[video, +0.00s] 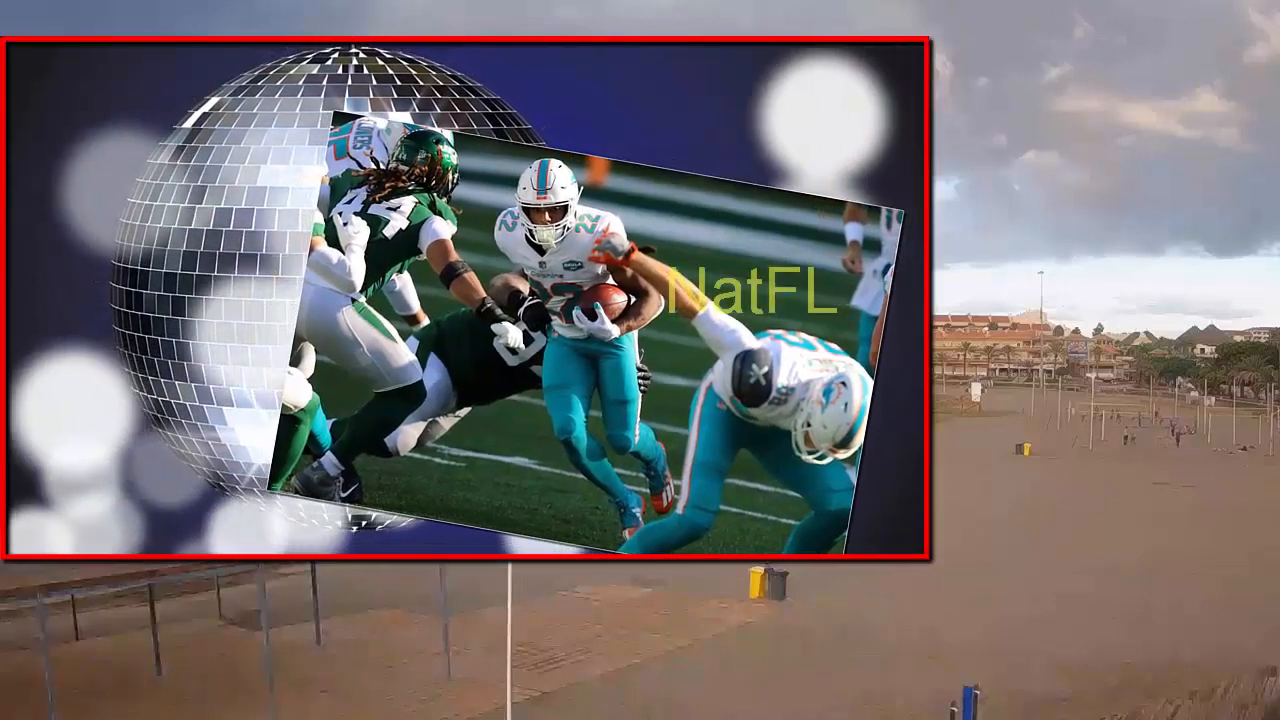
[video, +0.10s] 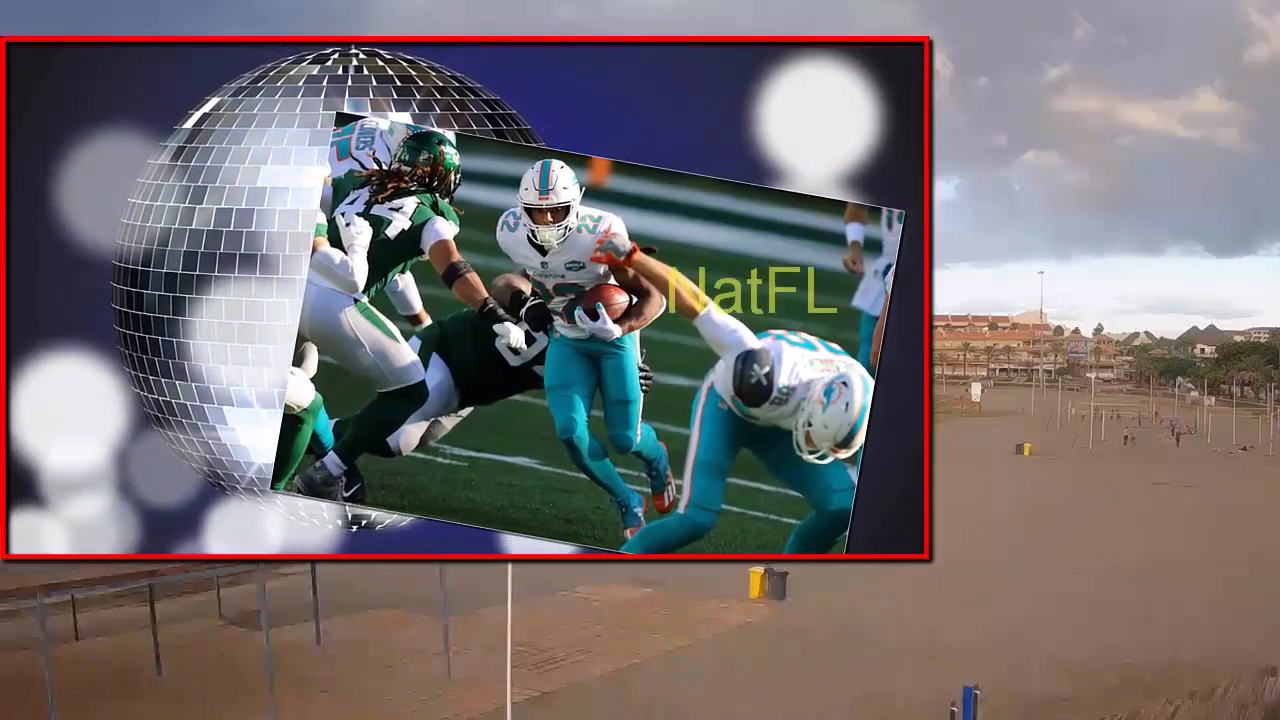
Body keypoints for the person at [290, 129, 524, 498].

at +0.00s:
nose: (451, 181)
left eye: (450, 174)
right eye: (449, 173)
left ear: (396, 160)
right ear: (439, 175)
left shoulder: (350, 183)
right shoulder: (425, 214)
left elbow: (301, 202)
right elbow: (451, 270)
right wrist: (493, 316)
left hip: (287, 285)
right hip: (334, 304)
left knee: (292, 372)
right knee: (408, 389)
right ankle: (326, 470)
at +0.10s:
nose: (453, 180)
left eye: (452, 173)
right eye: (451, 173)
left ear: (398, 161)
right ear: (441, 174)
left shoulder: (353, 183)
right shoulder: (428, 213)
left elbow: (303, 208)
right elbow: (453, 270)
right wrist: (494, 314)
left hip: (289, 285)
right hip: (337, 303)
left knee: (297, 368)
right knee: (410, 388)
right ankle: (330, 468)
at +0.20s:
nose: (455, 183)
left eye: (454, 175)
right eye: (453, 174)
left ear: (402, 161)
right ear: (442, 175)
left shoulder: (354, 183)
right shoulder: (430, 214)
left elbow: (304, 207)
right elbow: (456, 270)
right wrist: (495, 313)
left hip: (292, 285)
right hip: (339, 303)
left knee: (299, 369)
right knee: (413, 388)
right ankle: (332, 468)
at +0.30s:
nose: (457, 183)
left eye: (457, 175)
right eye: (455, 175)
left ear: (405, 162)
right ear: (444, 175)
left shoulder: (358, 183)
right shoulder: (432, 215)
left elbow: (308, 207)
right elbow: (458, 270)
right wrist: (499, 315)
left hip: (294, 285)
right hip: (341, 303)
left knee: (301, 373)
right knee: (416, 388)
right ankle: (335, 468)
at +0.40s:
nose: (460, 182)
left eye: (459, 175)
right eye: (458, 175)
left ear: (406, 164)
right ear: (447, 176)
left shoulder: (361, 185)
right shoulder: (435, 216)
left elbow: (311, 207)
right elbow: (461, 271)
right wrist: (501, 316)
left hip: (296, 284)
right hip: (343, 303)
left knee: (302, 380)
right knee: (417, 388)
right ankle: (337, 468)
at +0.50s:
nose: (462, 184)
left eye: (462, 177)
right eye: (460, 176)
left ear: (409, 163)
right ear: (450, 177)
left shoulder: (365, 184)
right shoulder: (439, 216)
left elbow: (315, 202)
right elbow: (463, 271)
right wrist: (504, 316)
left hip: (299, 284)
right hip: (346, 304)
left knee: (303, 386)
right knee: (420, 389)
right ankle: (339, 468)